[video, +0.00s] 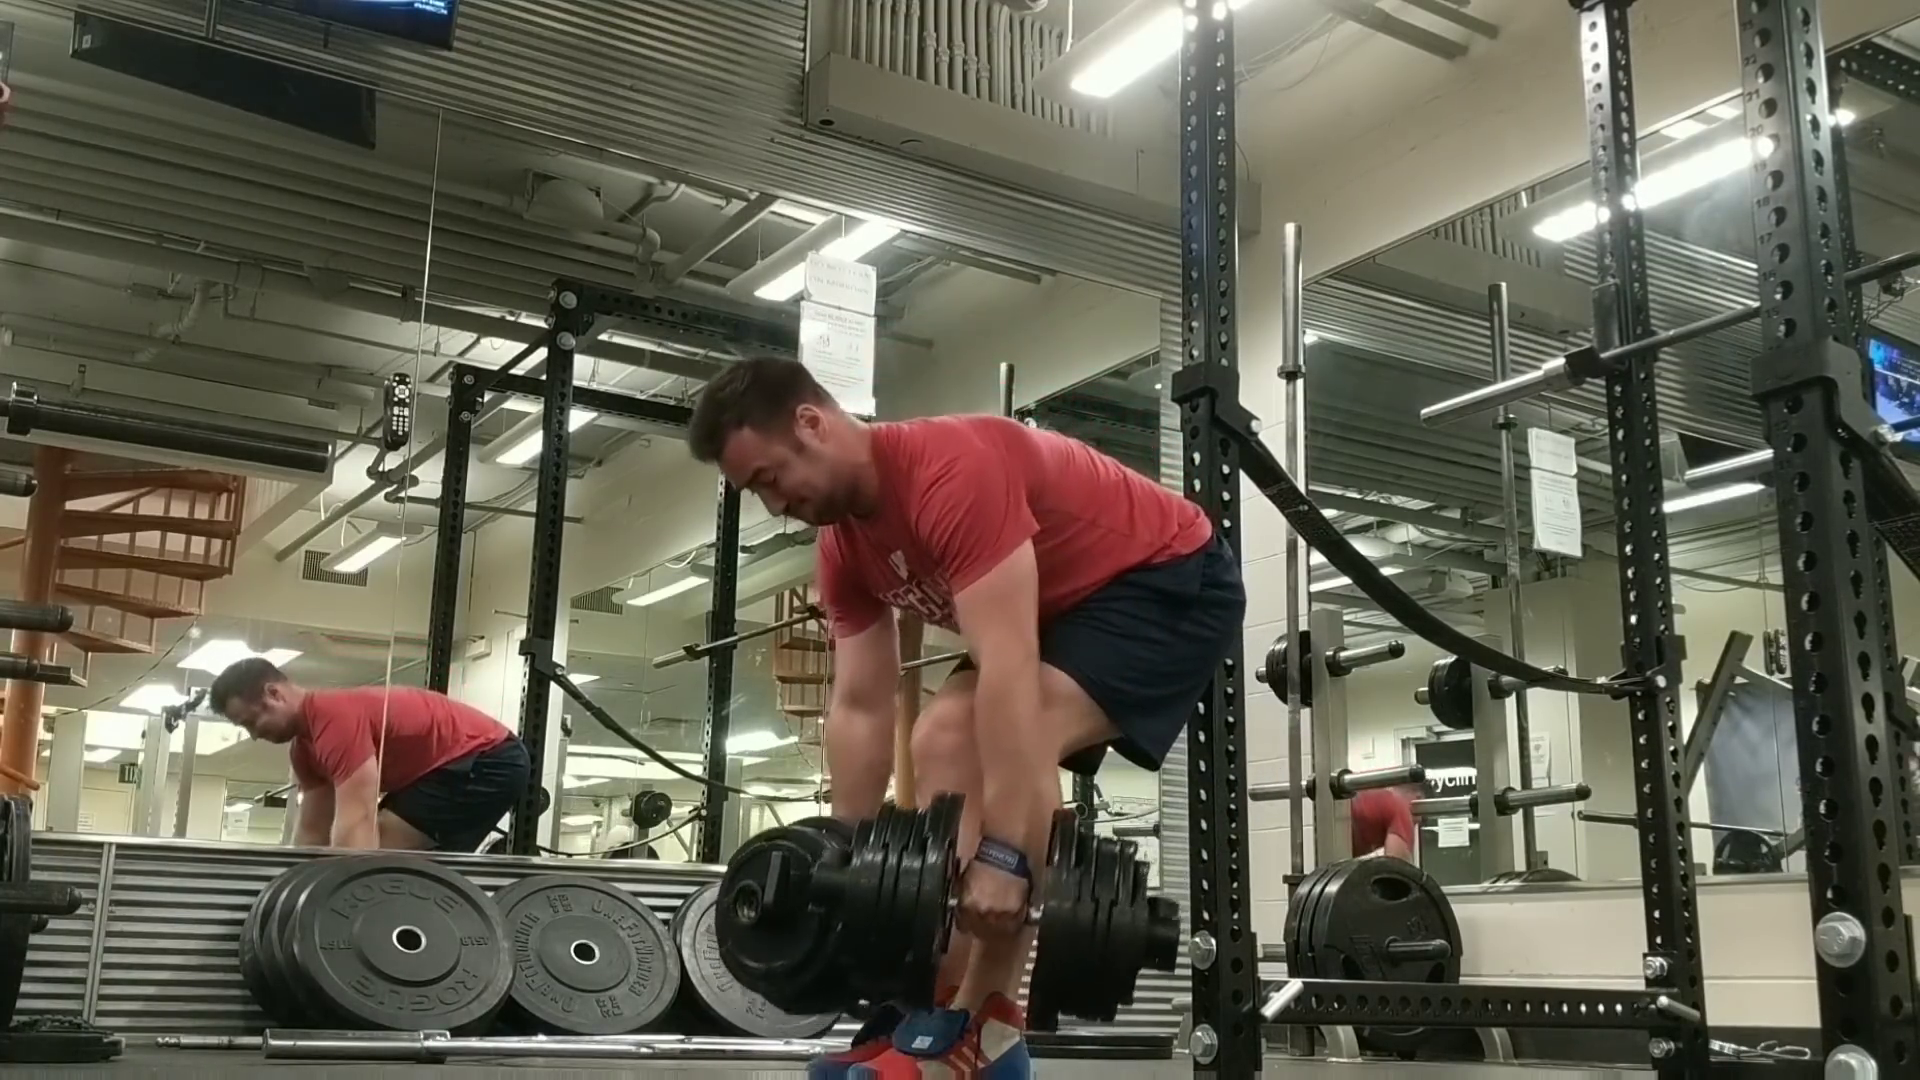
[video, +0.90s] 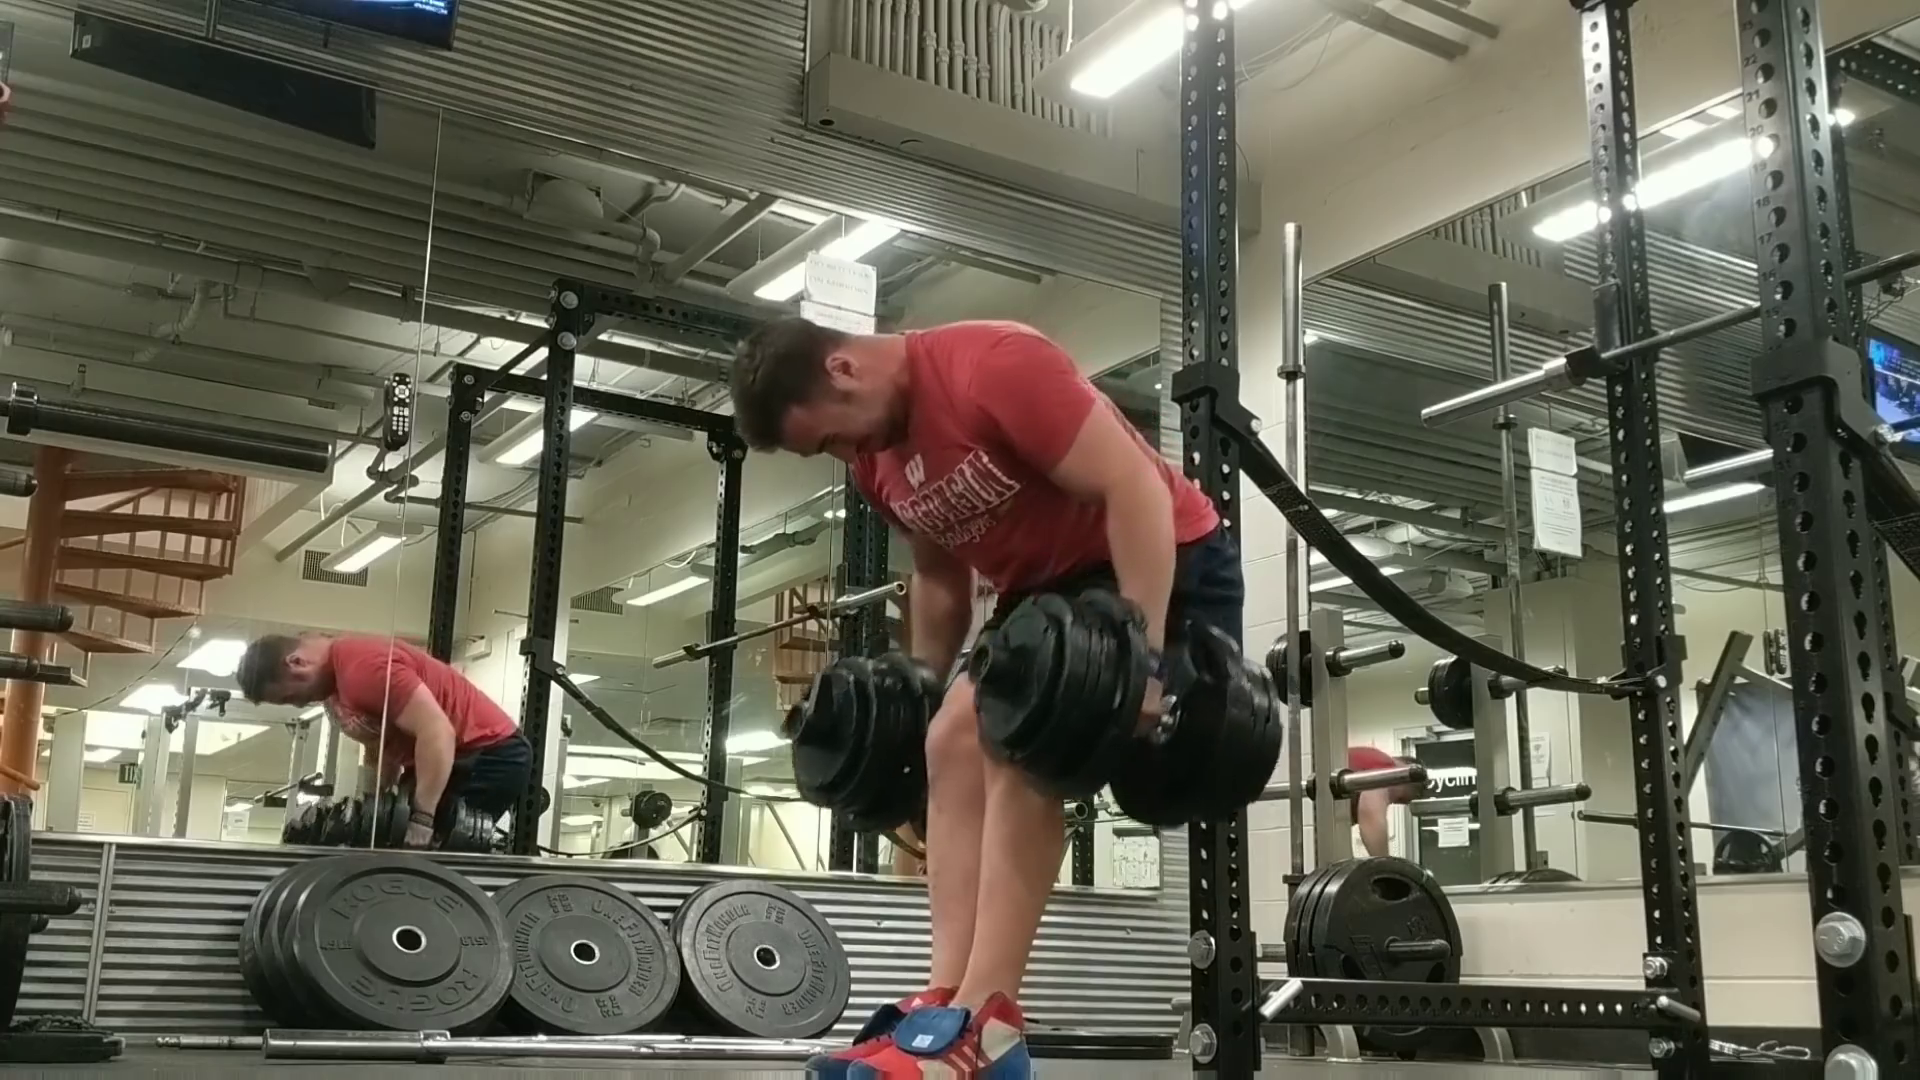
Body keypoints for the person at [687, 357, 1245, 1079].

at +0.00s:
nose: (774, 506)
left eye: (769, 478)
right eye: (756, 492)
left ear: (816, 421)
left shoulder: (957, 474)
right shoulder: (846, 548)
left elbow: (1006, 660)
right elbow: (861, 704)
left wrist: (1006, 850)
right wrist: (843, 863)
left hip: (1168, 579)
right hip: (1069, 604)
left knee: (1011, 743)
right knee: (941, 734)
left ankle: (992, 1025)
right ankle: (935, 1017)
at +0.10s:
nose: (783, 486)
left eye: (779, 459)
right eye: (767, 473)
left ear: (821, 401)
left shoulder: (964, 446)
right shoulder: (851, 528)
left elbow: (1032, 617)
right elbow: (873, 679)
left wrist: (1027, 809)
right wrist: (855, 836)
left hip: (1169, 576)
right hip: (1061, 601)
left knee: (1011, 731)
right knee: (940, 737)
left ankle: (989, 1025)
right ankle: (942, 1004)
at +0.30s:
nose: (814, 443)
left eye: (807, 420)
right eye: (797, 435)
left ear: (840, 357)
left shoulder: (985, 387)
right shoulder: (864, 475)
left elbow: (1086, 542)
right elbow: (900, 610)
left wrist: (1085, 719)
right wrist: (888, 754)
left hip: (1162, 567)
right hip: (1039, 592)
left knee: (1025, 761)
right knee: (951, 758)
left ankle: (991, 1017)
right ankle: (942, 1000)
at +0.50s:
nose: (853, 435)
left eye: (842, 417)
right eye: (837, 430)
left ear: (858, 351)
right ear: (854, 359)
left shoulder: (1003, 349)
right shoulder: (881, 442)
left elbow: (1137, 477)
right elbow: (940, 559)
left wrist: (1140, 642)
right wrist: (913, 691)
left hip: (1158, 565)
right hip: (1051, 586)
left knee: (1018, 735)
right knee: (952, 733)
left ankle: (992, 1018)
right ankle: (942, 1003)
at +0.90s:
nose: (841, 456)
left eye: (830, 438)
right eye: (825, 452)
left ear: (844, 367)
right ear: (843, 373)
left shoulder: (994, 366)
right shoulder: (875, 456)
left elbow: (1137, 487)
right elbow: (938, 573)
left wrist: (1145, 656)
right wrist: (919, 699)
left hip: (1153, 564)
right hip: (1045, 591)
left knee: (1023, 737)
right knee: (952, 734)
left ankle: (991, 1016)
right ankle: (944, 1001)